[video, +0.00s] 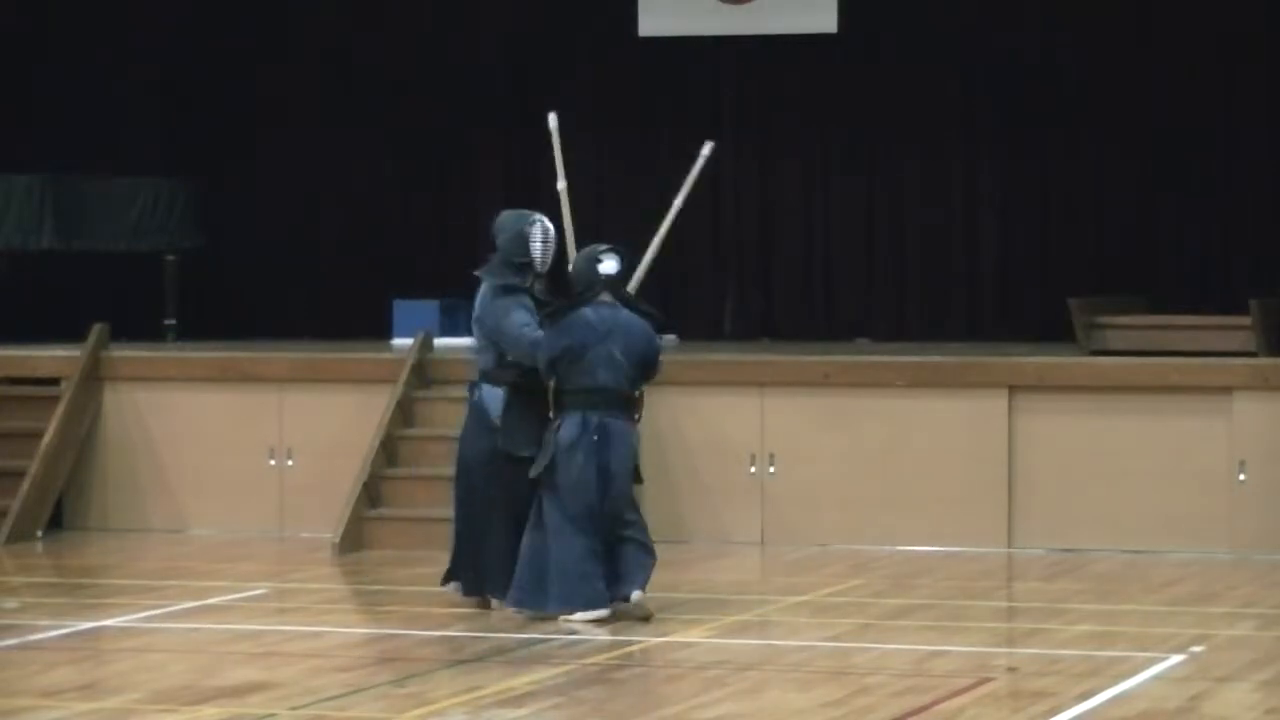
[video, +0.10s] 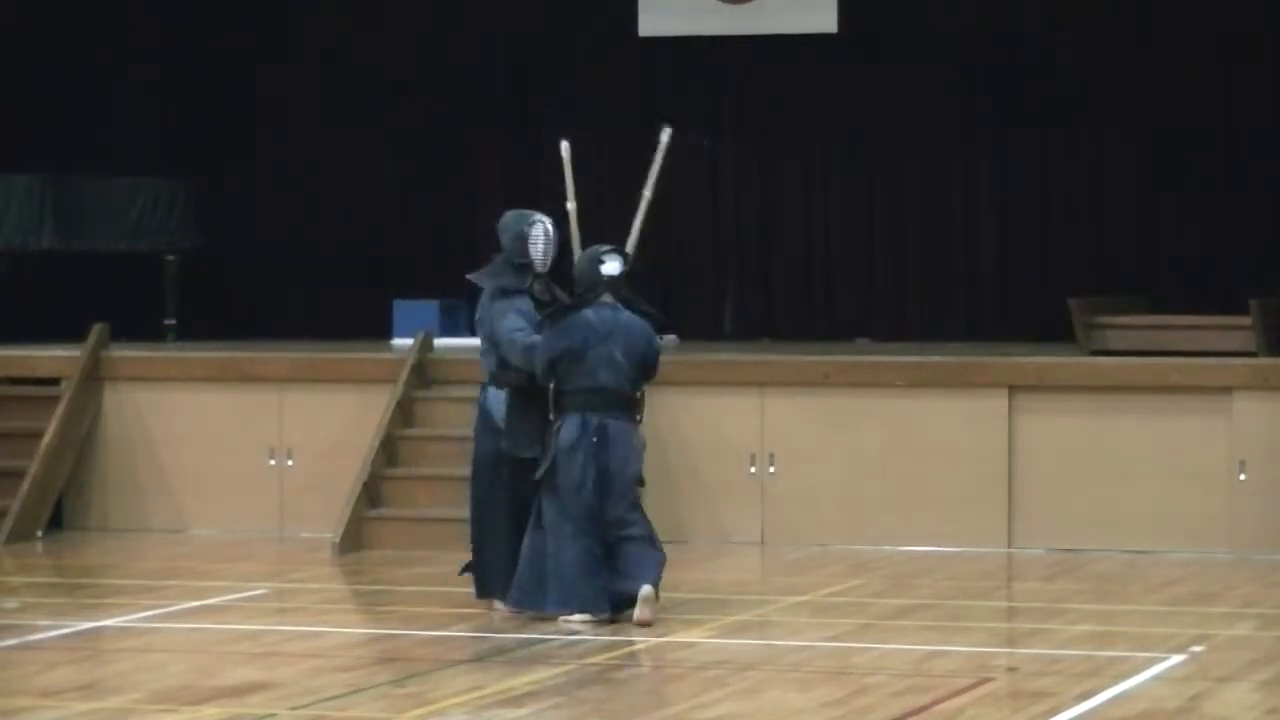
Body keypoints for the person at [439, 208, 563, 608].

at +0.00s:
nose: (547, 254)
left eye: (547, 245)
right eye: (542, 246)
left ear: (510, 249)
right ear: (524, 250)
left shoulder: (519, 291)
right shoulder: (503, 299)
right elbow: (537, 348)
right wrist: (580, 338)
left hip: (516, 397)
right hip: (502, 401)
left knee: (494, 488)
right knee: (499, 490)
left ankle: (477, 577)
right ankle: (491, 582)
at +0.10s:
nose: (546, 252)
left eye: (547, 243)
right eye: (540, 244)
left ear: (515, 247)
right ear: (525, 248)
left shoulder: (542, 291)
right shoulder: (505, 299)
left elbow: (569, 326)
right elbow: (524, 348)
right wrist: (566, 352)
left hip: (535, 397)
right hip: (507, 399)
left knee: (529, 488)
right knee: (506, 490)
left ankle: (527, 583)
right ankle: (500, 585)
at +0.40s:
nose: (566, 253)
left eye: (572, 243)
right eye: (557, 244)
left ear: (580, 247)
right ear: (539, 247)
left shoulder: (585, 292)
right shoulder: (521, 297)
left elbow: (606, 333)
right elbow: (527, 347)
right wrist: (575, 357)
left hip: (576, 402)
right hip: (531, 402)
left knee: (568, 494)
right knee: (525, 495)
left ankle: (570, 588)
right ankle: (515, 588)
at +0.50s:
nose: (579, 254)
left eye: (584, 246)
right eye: (570, 246)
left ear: (592, 249)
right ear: (551, 249)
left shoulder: (597, 293)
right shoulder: (534, 301)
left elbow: (621, 334)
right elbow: (546, 355)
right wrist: (596, 349)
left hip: (589, 406)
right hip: (544, 405)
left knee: (577, 500)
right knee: (535, 498)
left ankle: (572, 594)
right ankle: (515, 595)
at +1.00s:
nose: (602, 251)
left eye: (609, 243)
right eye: (595, 243)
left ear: (620, 247)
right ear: (581, 246)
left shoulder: (634, 290)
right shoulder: (560, 295)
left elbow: (671, 332)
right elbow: (569, 353)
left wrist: (652, 296)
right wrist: (605, 366)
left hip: (621, 410)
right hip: (573, 409)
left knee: (611, 506)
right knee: (569, 507)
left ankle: (605, 599)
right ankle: (560, 600)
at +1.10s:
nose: (597, 251)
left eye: (603, 243)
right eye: (589, 244)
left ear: (615, 247)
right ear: (575, 249)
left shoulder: (630, 292)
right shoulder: (558, 293)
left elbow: (647, 337)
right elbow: (559, 342)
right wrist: (599, 365)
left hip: (617, 409)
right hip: (569, 410)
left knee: (611, 507)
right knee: (569, 508)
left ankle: (608, 602)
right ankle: (562, 604)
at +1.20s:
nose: (593, 251)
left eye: (600, 243)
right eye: (584, 244)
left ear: (613, 248)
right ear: (571, 250)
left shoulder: (625, 294)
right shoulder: (553, 297)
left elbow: (642, 339)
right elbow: (566, 349)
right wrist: (608, 363)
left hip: (611, 416)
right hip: (561, 417)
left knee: (604, 511)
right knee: (561, 512)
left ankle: (602, 602)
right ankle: (559, 605)